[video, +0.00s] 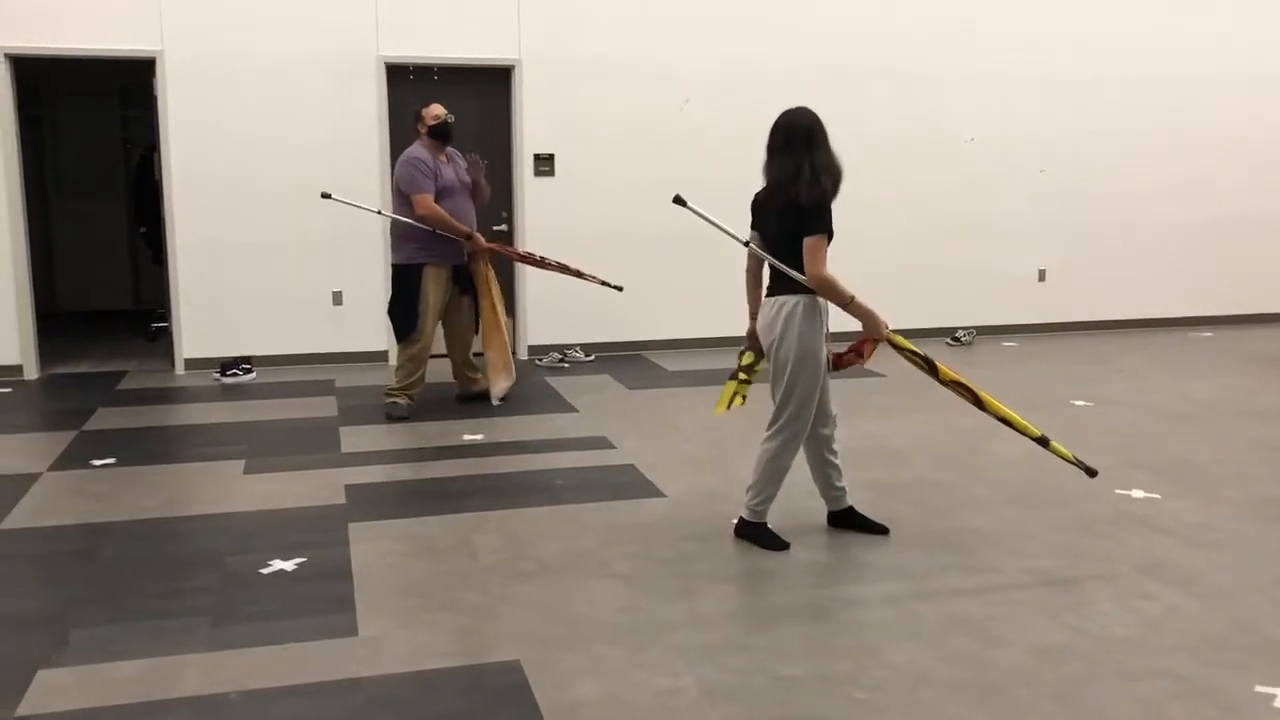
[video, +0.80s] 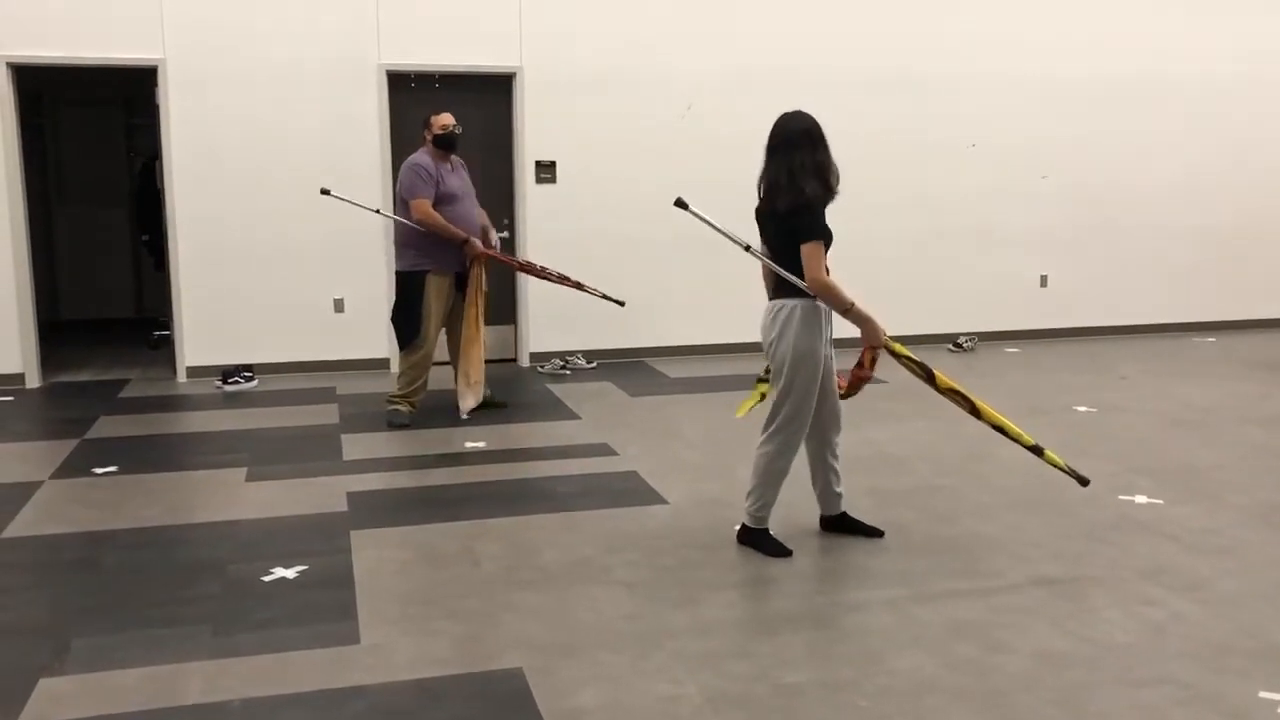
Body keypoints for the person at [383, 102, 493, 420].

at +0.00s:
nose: (444, 121)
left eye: (447, 117)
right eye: (436, 118)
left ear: (451, 124)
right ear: (422, 127)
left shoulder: (455, 157)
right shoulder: (414, 159)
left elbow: (480, 202)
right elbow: (424, 209)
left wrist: (478, 179)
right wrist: (469, 234)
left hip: (458, 257)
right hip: (422, 260)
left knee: (462, 326)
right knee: (417, 332)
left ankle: (470, 384)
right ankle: (400, 396)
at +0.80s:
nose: (451, 133)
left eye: (454, 129)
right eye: (444, 129)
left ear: (458, 133)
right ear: (428, 134)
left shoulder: (458, 165)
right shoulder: (417, 166)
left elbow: (471, 206)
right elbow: (422, 213)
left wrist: (487, 228)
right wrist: (464, 240)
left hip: (460, 265)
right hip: (425, 268)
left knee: (466, 336)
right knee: (421, 341)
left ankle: (473, 395)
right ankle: (402, 403)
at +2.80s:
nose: (457, 126)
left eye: (461, 121)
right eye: (451, 121)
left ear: (465, 125)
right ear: (437, 127)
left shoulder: (465, 156)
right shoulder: (424, 158)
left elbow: (475, 207)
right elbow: (427, 206)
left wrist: (489, 256)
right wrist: (471, 232)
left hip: (468, 258)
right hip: (432, 260)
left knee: (474, 328)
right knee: (427, 335)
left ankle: (481, 385)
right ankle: (410, 396)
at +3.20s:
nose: (458, 123)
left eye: (461, 118)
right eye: (451, 119)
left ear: (463, 123)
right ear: (434, 124)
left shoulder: (454, 154)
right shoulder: (423, 155)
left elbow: (463, 198)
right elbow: (429, 204)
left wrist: (489, 211)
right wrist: (471, 231)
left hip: (466, 255)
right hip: (431, 259)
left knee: (473, 323)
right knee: (427, 331)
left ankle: (479, 382)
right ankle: (409, 394)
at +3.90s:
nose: (450, 118)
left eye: (453, 113)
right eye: (443, 114)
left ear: (455, 119)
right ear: (425, 121)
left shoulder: (451, 148)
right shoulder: (414, 152)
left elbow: (460, 197)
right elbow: (421, 201)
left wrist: (476, 238)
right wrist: (465, 228)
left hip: (464, 251)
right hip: (428, 256)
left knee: (473, 319)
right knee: (424, 328)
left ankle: (479, 379)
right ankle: (407, 392)